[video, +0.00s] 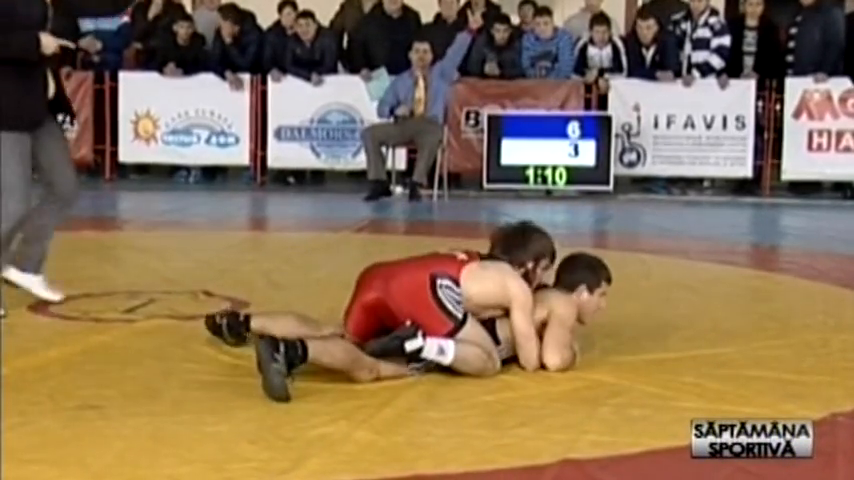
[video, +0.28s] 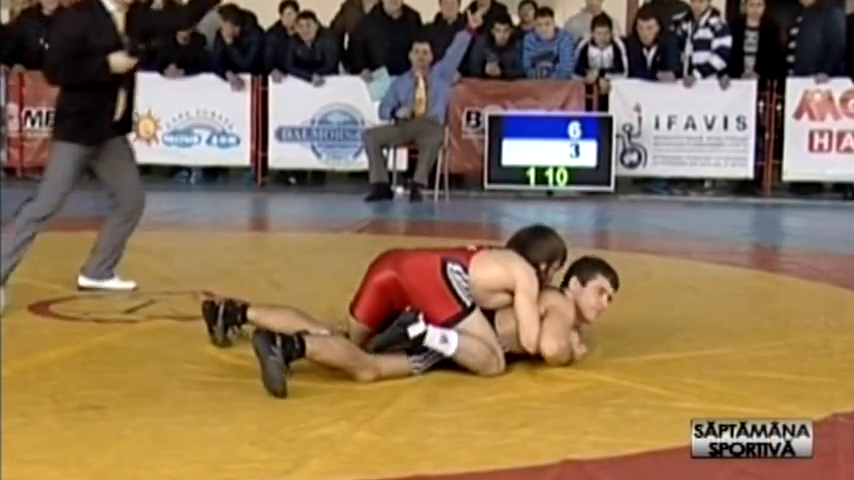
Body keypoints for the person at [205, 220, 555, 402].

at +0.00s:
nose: (545, 272)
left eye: (547, 265)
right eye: (545, 265)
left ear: (504, 253)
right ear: (532, 264)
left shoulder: (475, 264)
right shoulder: (515, 285)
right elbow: (528, 360)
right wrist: (536, 324)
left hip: (374, 280)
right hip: (413, 288)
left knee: (349, 347)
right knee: (483, 361)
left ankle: (247, 321)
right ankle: (417, 345)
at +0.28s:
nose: (555, 273)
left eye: (556, 267)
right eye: (556, 266)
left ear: (518, 247)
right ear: (544, 262)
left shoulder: (490, 259)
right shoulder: (523, 272)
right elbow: (533, 340)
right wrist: (563, 342)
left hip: (390, 265)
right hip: (429, 274)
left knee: (346, 341)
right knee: (489, 362)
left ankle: (240, 312)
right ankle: (422, 334)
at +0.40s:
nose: (609, 301)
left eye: (612, 295)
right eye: (605, 291)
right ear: (579, 283)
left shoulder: (558, 299)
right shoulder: (559, 304)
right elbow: (548, 354)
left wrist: (570, 340)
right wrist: (571, 353)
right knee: (368, 366)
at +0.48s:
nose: (612, 299)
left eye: (614, 291)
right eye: (608, 289)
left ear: (582, 286)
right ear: (583, 285)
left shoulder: (557, 298)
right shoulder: (561, 306)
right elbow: (548, 358)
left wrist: (572, 341)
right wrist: (572, 353)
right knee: (368, 365)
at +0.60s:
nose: (615, 297)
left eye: (615, 289)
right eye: (612, 289)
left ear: (582, 281)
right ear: (589, 286)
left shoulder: (549, 293)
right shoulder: (556, 303)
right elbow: (543, 355)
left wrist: (558, 336)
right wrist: (576, 345)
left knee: (359, 353)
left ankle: (276, 349)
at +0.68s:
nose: (562, 273)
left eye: (564, 267)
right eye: (563, 266)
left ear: (525, 247)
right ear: (548, 261)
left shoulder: (492, 257)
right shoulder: (522, 276)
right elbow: (542, 348)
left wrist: (550, 328)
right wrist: (570, 343)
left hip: (388, 266)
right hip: (422, 277)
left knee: (340, 341)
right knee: (488, 362)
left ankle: (244, 310)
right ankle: (424, 348)